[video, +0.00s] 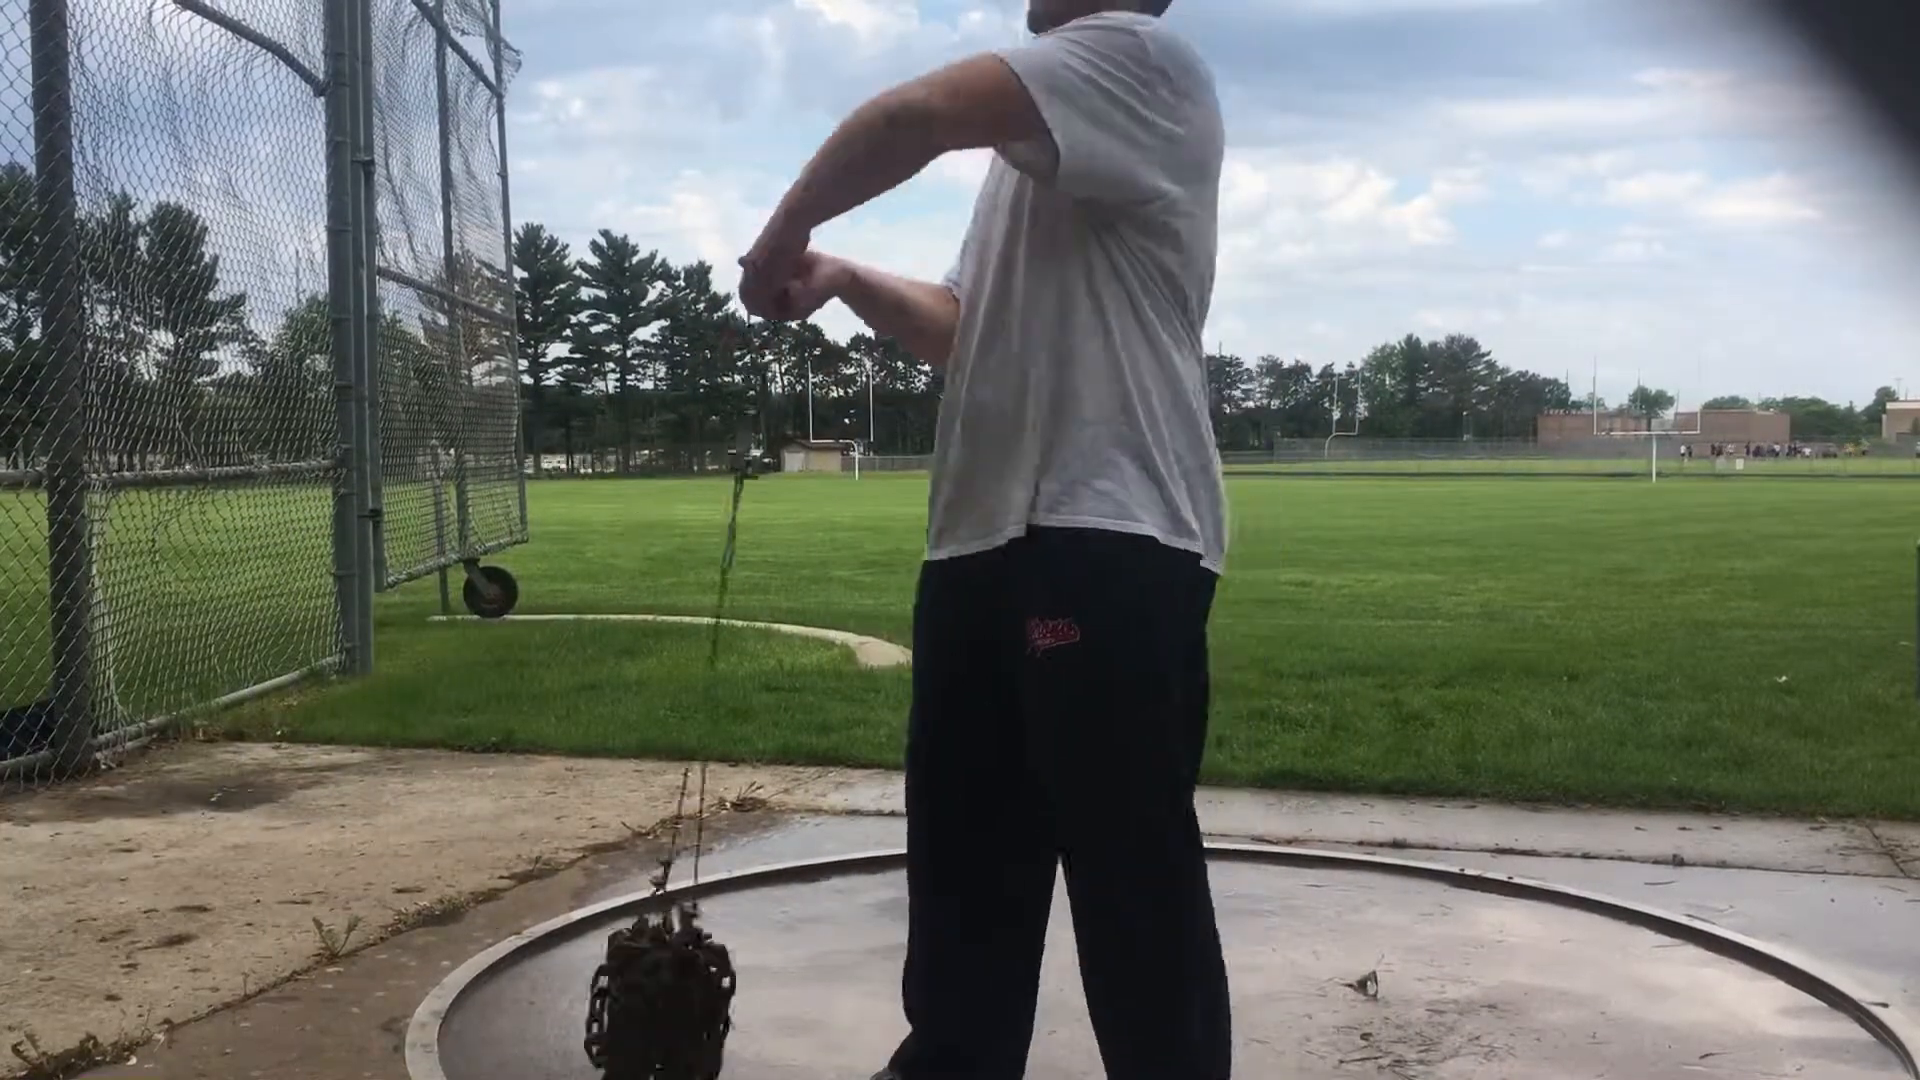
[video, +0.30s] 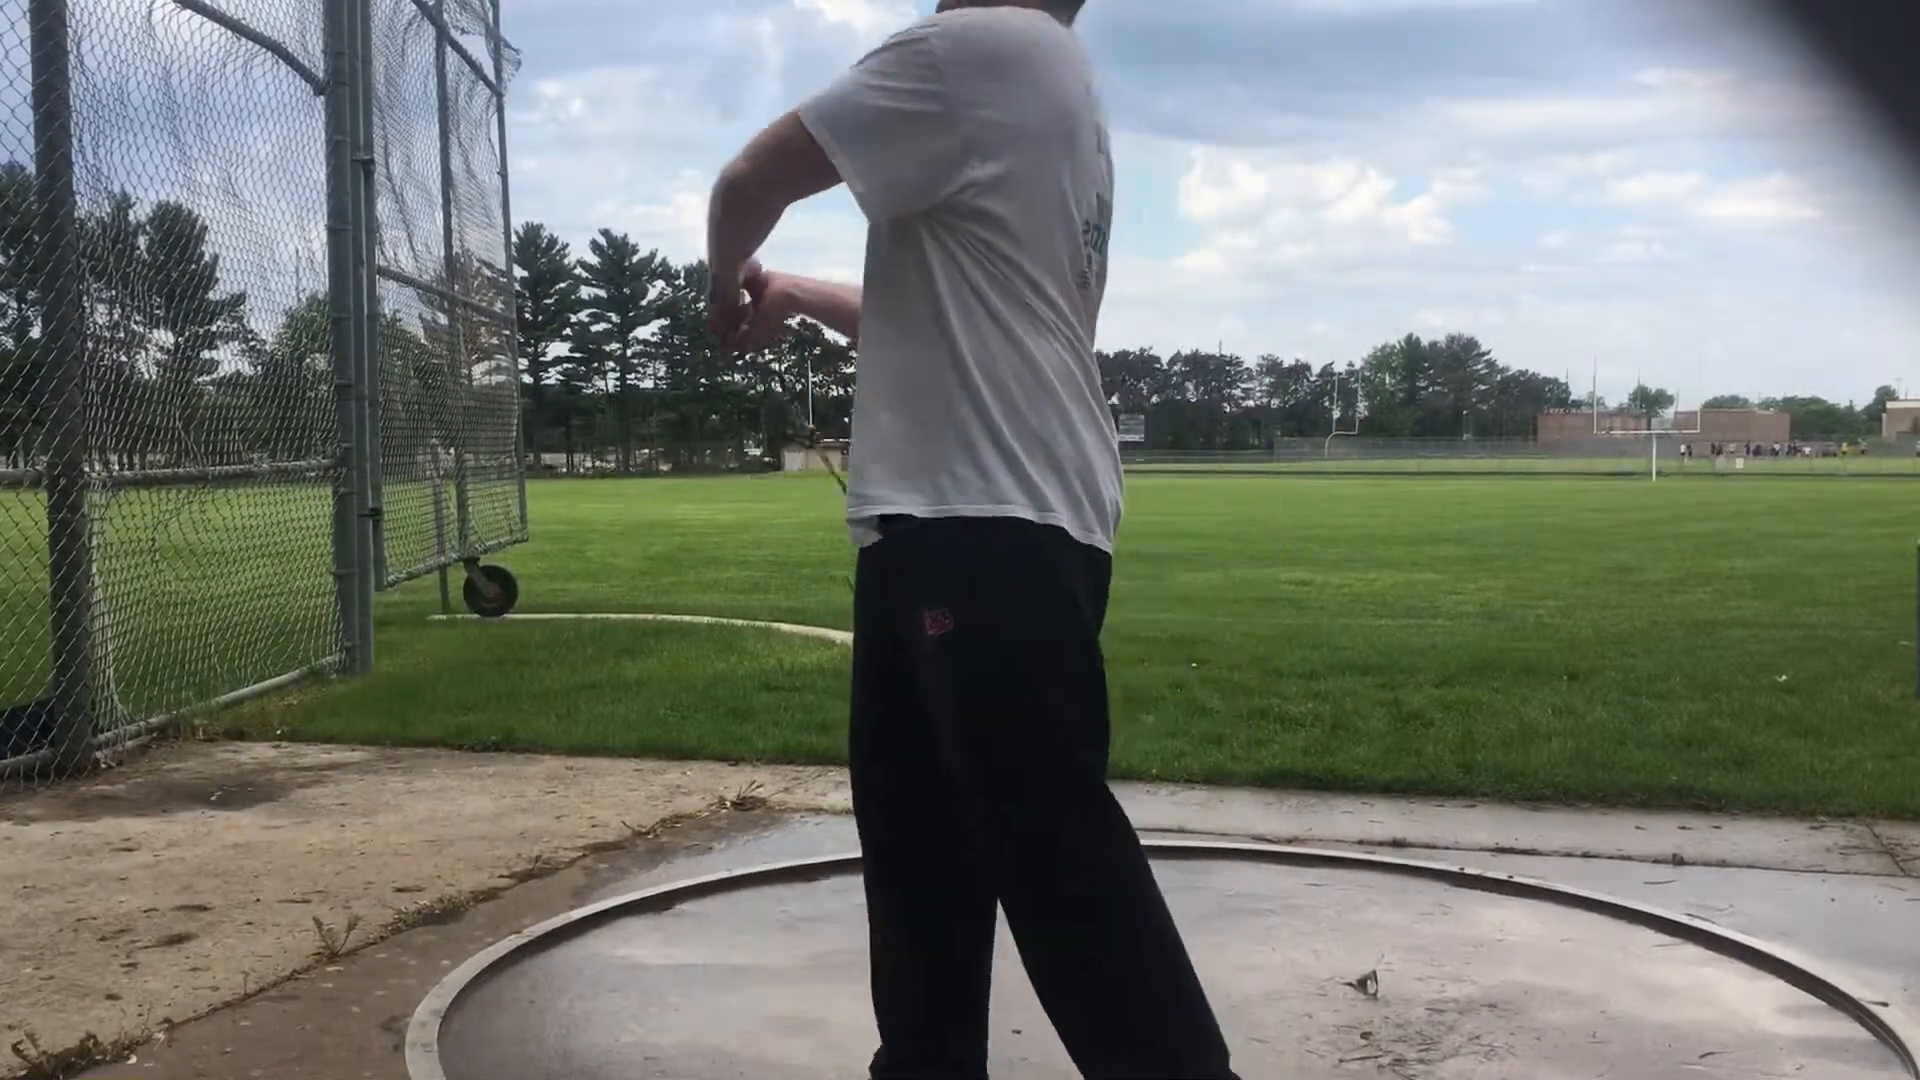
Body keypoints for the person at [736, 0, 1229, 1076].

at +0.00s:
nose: (1028, 3)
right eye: (1032, 6)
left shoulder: (1151, 60)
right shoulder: (1023, 146)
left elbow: (912, 115)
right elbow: (974, 337)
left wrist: (784, 232)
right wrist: (845, 275)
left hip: (1109, 519)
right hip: (976, 537)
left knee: (1129, 867)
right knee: (966, 858)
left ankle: (1169, 1067)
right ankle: (952, 1060)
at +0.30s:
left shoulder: (986, 42)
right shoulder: (1056, 94)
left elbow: (749, 180)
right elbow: (961, 323)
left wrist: (728, 277)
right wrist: (802, 296)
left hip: (987, 512)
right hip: (933, 514)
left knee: (1057, 849)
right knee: (920, 854)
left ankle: (1176, 1065)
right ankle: (925, 1064)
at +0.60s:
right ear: (1031, 6)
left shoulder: (910, 23)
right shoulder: (1055, 111)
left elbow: (722, 138)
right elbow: (930, 281)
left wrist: (726, 216)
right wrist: (771, 218)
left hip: (938, 484)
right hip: (1006, 490)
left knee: (1017, 826)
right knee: (909, 833)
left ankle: (1172, 1064)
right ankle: (924, 1062)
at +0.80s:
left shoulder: (925, 30)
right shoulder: (1048, 95)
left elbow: (711, 150)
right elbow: (905, 285)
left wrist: (690, 221)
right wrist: (745, 224)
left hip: (967, 500)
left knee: (1050, 853)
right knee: (921, 864)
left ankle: (1165, 1063)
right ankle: (923, 1068)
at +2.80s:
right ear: (1069, 17)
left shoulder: (902, 39)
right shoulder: (1104, 148)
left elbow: (814, 201)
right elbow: (1054, 322)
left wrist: (862, 317)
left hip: (944, 483)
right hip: (1045, 497)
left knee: (992, 830)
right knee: (919, 829)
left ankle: (1129, 1065)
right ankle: (937, 1062)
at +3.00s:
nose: (960, 13)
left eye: (970, 3)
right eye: (965, 6)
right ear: (1087, 7)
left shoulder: (990, 66)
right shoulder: (1117, 110)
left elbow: (814, 241)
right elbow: (980, 324)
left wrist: (750, 329)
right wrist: (788, 352)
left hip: (1041, 523)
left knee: (1061, 862)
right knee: (947, 859)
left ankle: (1141, 1064)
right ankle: (940, 1064)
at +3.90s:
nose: (879, 24)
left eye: (917, 7)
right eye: (887, 9)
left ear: (1000, 23)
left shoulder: (995, 171)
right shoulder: (869, 125)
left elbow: (810, 170)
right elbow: (815, 35)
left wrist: (869, 7)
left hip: (933, 552)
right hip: (790, 548)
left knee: (1014, 876)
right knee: (733, 835)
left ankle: (1133, 1070)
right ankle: (781, 1067)